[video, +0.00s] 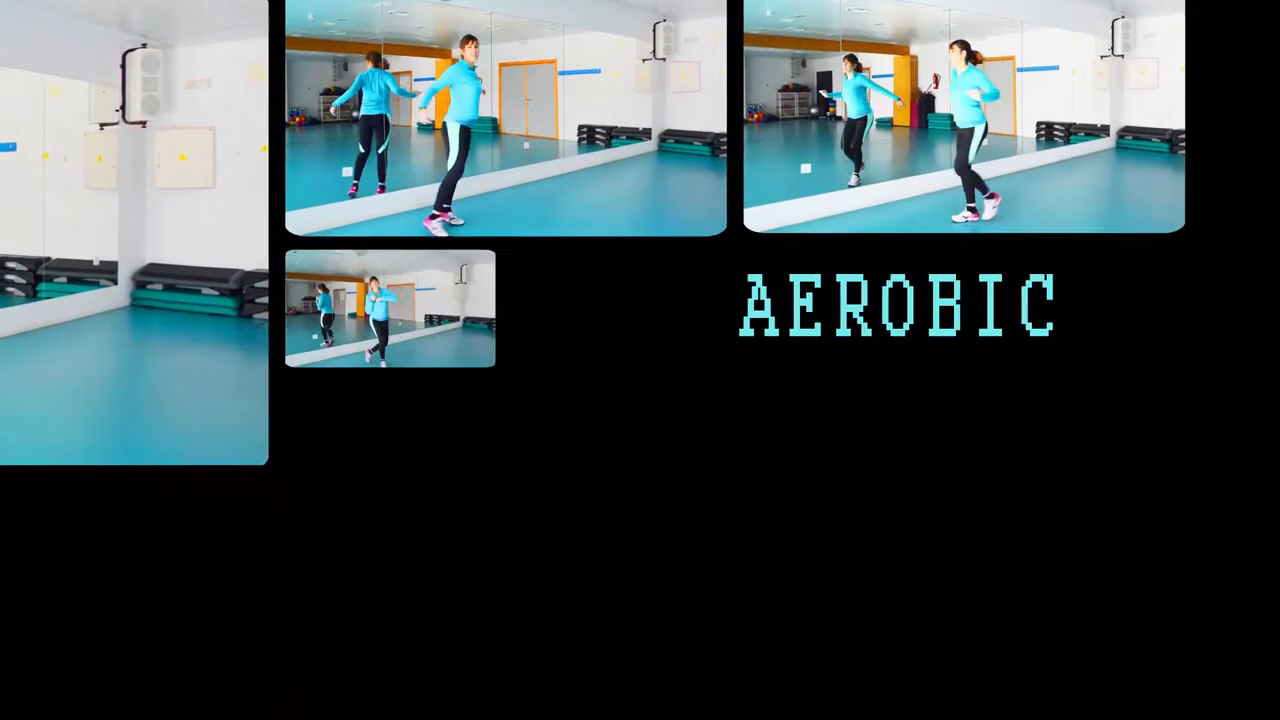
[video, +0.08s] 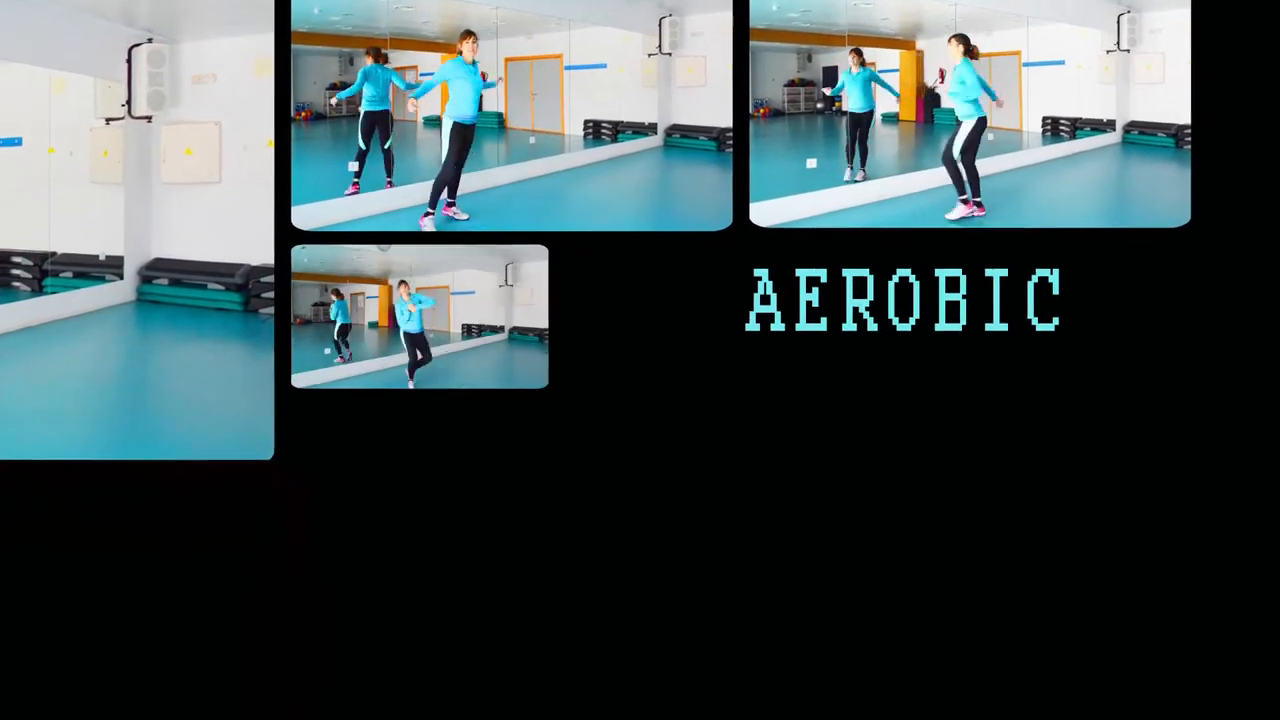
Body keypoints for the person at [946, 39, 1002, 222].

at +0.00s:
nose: (949, 54)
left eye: (952, 51)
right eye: (950, 51)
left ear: (963, 53)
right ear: (959, 53)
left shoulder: (976, 74)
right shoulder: (954, 73)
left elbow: (995, 93)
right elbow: (958, 94)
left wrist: (981, 95)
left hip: (976, 125)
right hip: (962, 125)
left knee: (962, 166)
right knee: (961, 167)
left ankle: (990, 196)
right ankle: (971, 209)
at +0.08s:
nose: (948, 48)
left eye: (951, 44)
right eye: (949, 45)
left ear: (961, 47)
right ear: (962, 48)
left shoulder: (963, 66)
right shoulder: (964, 66)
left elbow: (974, 93)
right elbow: (981, 82)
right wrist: (994, 97)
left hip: (972, 119)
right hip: (972, 118)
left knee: (948, 157)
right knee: (968, 159)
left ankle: (965, 203)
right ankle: (977, 204)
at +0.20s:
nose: (952, 39)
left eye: (953, 37)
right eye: (954, 36)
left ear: (955, 38)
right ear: (969, 38)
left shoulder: (950, 56)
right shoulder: (977, 57)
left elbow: (941, 84)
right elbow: (996, 75)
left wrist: (929, 84)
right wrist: (1011, 94)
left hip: (958, 111)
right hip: (978, 111)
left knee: (946, 152)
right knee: (972, 153)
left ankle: (934, 195)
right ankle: (984, 196)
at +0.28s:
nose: (974, 37)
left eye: (974, 34)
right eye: (973, 34)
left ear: (956, 34)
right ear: (968, 34)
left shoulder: (944, 51)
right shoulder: (977, 52)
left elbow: (929, 75)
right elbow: (993, 74)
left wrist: (939, 76)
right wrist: (1008, 95)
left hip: (949, 106)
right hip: (971, 107)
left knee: (944, 148)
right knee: (973, 149)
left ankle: (935, 192)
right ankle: (982, 193)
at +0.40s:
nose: (976, 27)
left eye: (975, 24)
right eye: (973, 24)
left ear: (961, 27)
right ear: (963, 25)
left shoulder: (949, 43)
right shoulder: (968, 42)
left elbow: (932, 64)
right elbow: (961, 68)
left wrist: (947, 78)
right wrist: (976, 91)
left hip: (945, 94)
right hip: (961, 94)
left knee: (948, 141)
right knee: (965, 141)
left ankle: (939, 187)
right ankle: (960, 191)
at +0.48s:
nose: (974, 22)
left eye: (975, 18)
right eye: (970, 19)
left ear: (973, 21)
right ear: (962, 21)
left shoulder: (967, 39)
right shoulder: (960, 38)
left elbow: (946, 59)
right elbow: (941, 57)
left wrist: (946, 83)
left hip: (959, 92)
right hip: (954, 92)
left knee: (954, 137)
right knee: (957, 138)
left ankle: (940, 181)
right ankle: (942, 185)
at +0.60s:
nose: (971, 15)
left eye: (972, 12)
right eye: (967, 12)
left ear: (972, 16)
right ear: (956, 16)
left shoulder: (969, 38)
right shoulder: (949, 35)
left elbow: (969, 58)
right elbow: (928, 51)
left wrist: (981, 54)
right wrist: (913, 67)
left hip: (963, 91)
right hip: (950, 90)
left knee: (953, 133)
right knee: (948, 134)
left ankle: (943, 175)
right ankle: (926, 182)